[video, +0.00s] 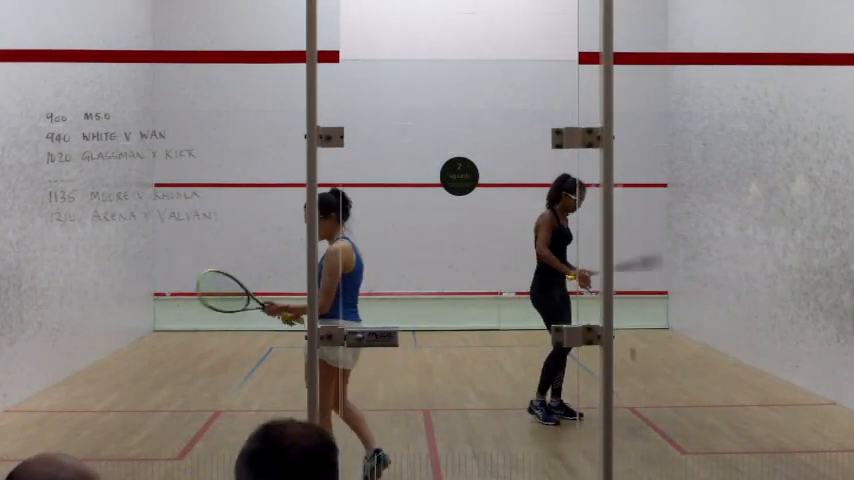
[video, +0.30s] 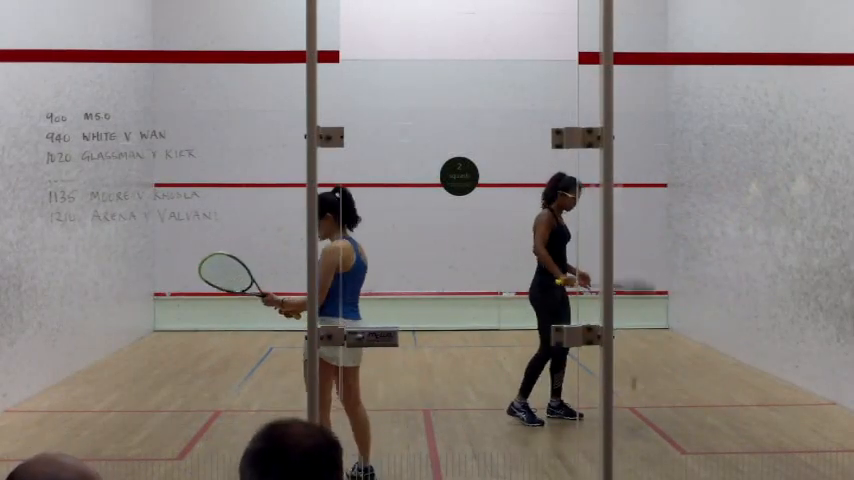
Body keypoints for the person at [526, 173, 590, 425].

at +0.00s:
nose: (577, 205)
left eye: (578, 200)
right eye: (575, 199)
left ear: (567, 198)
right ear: (563, 197)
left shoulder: (563, 220)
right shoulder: (546, 219)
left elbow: (559, 256)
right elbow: (542, 251)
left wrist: (576, 274)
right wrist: (572, 272)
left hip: (558, 288)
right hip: (544, 289)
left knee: (565, 343)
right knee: (561, 343)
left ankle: (556, 401)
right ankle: (538, 401)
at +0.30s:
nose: (575, 202)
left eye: (576, 197)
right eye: (573, 197)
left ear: (562, 196)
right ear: (561, 195)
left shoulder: (557, 219)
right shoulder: (545, 218)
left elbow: (557, 257)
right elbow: (538, 250)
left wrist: (577, 272)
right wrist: (560, 275)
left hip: (557, 289)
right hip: (544, 290)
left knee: (561, 346)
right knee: (546, 347)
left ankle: (555, 402)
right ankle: (519, 402)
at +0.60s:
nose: (570, 202)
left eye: (571, 197)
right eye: (568, 197)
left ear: (556, 195)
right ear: (555, 194)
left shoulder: (549, 218)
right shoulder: (540, 217)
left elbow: (548, 257)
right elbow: (538, 248)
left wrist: (570, 276)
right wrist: (566, 271)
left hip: (551, 291)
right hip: (539, 292)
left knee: (559, 344)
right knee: (537, 347)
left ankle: (555, 402)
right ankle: (516, 405)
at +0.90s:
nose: (562, 204)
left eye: (563, 200)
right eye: (560, 199)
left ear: (548, 196)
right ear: (547, 196)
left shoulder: (540, 218)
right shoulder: (533, 217)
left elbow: (544, 260)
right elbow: (531, 251)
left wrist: (568, 272)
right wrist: (552, 279)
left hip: (542, 292)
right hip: (532, 293)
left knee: (555, 344)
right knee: (530, 348)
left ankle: (555, 402)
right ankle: (515, 407)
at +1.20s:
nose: (553, 201)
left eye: (555, 197)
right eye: (551, 196)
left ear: (545, 197)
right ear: (537, 194)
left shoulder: (545, 221)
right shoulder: (521, 220)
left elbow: (549, 258)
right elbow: (500, 254)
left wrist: (571, 258)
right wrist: (518, 284)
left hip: (542, 292)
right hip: (523, 293)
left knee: (551, 347)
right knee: (525, 348)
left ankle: (555, 402)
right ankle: (514, 407)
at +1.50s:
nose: (536, 194)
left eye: (541, 191)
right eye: (532, 190)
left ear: (546, 195)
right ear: (523, 193)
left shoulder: (547, 222)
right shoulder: (510, 222)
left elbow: (551, 257)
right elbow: (490, 255)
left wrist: (564, 265)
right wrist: (500, 283)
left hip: (538, 292)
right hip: (515, 292)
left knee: (553, 346)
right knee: (519, 349)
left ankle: (554, 402)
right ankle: (514, 408)